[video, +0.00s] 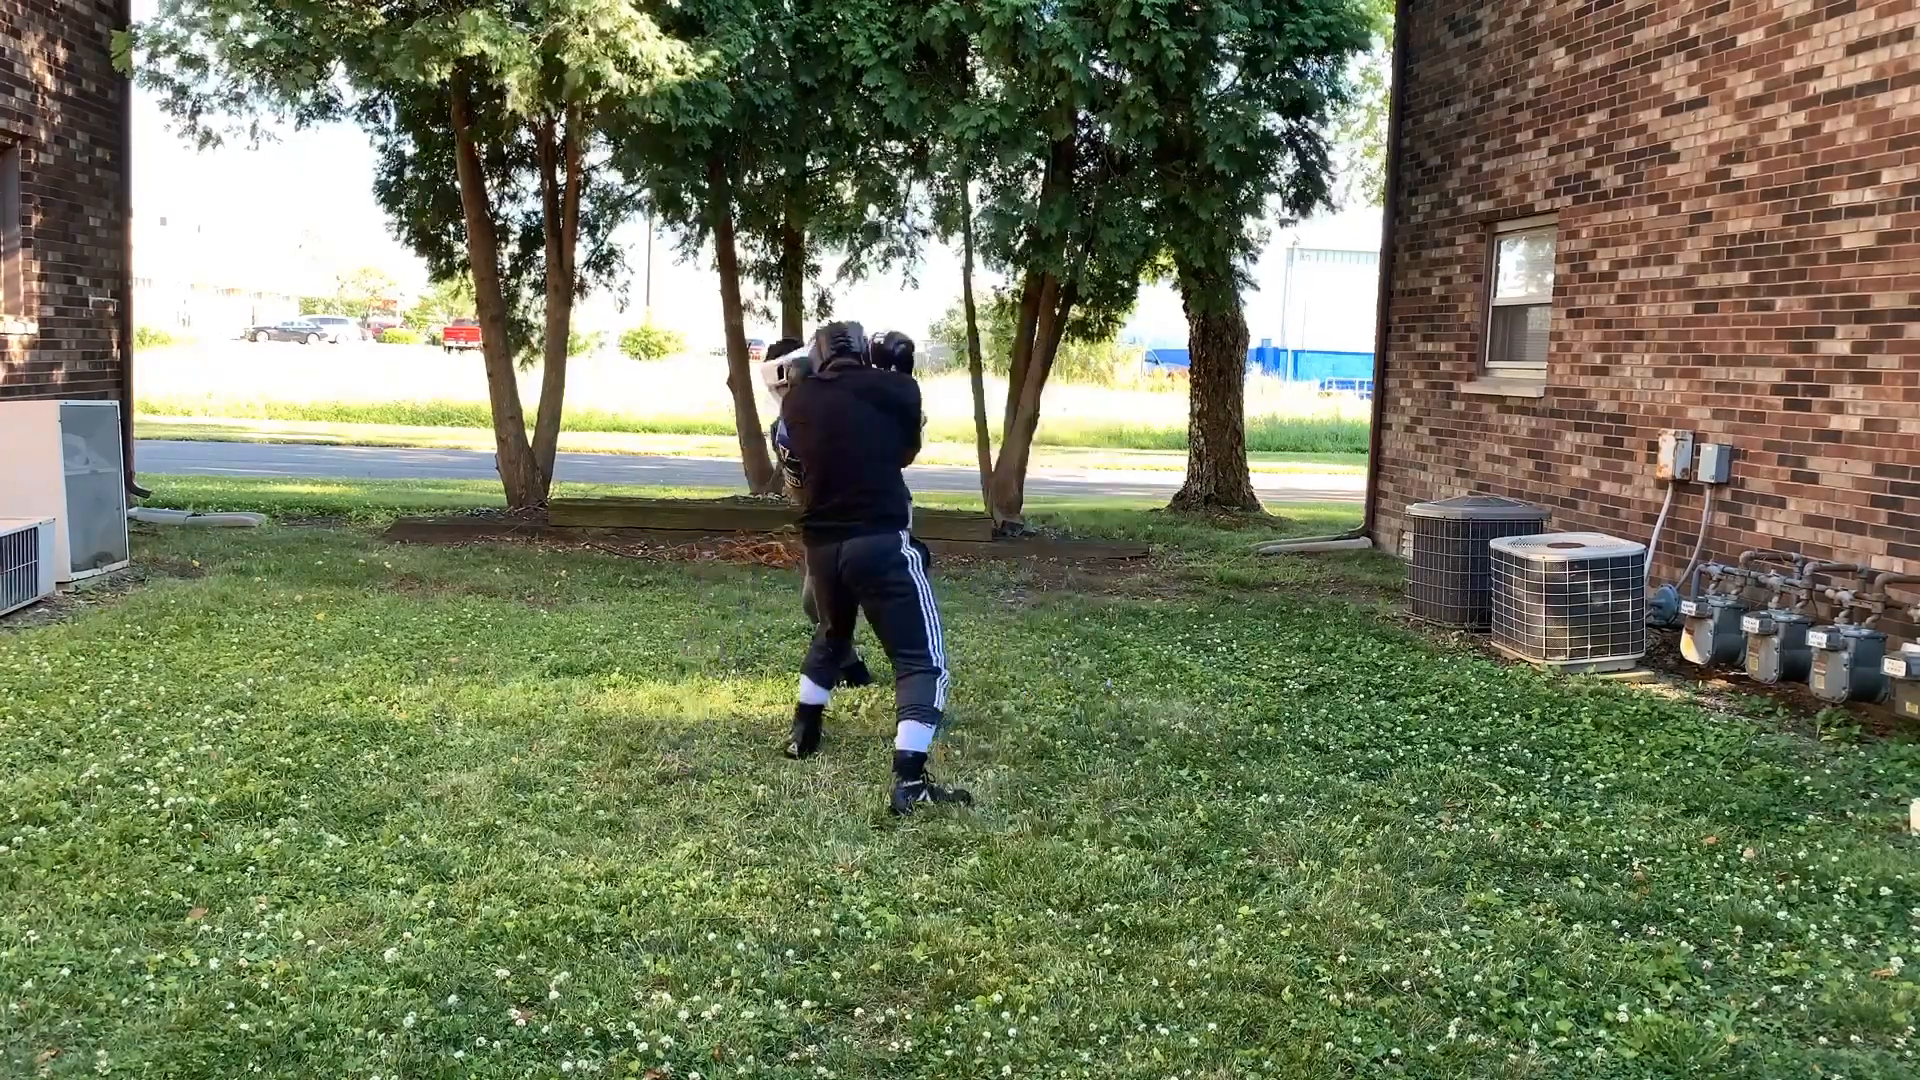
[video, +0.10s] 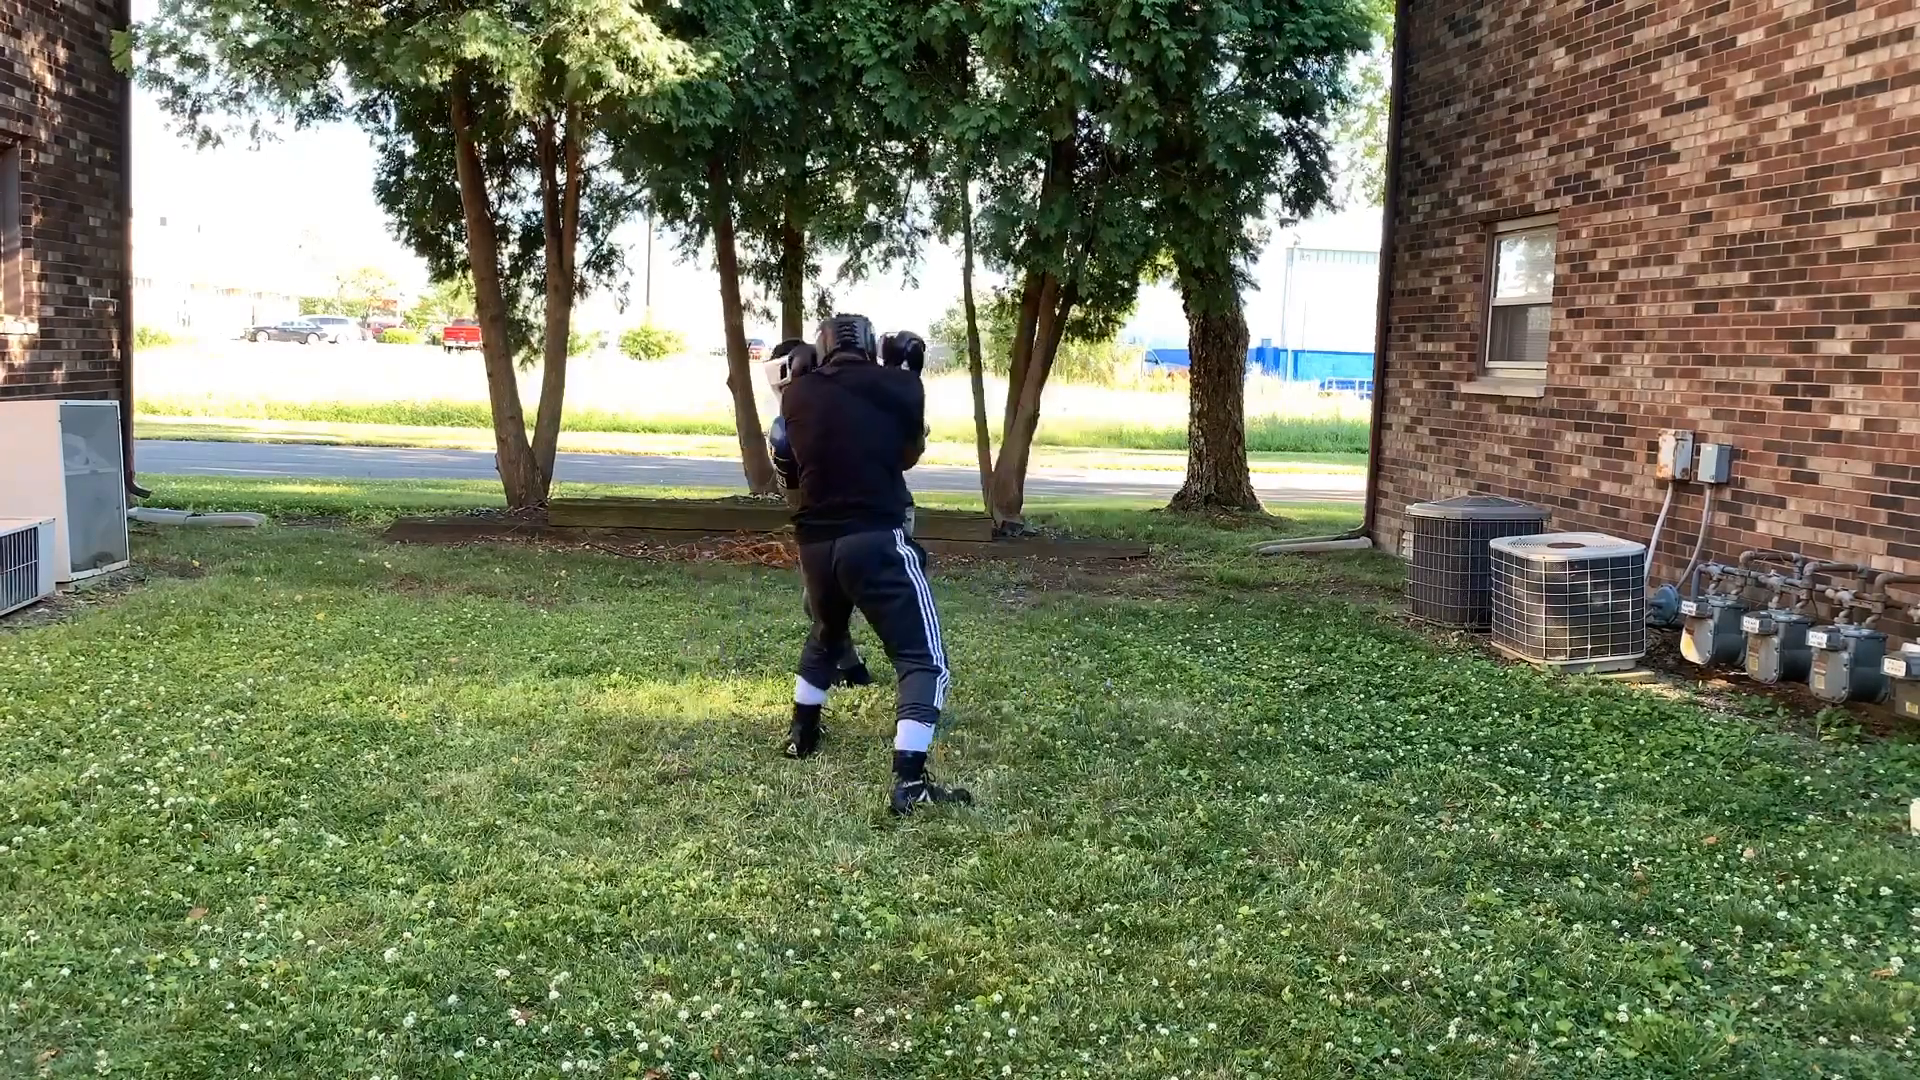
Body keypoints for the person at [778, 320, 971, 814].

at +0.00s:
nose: (872, 349)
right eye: (868, 344)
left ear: (819, 356)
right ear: (862, 351)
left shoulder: (797, 399)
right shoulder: (895, 388)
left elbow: (802, 462)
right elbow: (905, 453)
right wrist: (900, 379)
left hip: (823, 547)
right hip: (882, 543)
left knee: (830, 635)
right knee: (921, 660)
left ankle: (804, 735)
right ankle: (909, 781)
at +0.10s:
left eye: (823, 342)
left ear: (824, 348)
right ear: (869, 346)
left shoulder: (798, 391)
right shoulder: (901, 385)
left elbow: (791, 458)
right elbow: (909, 454)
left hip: (816, 544)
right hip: (878, 540)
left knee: (824, 634)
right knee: (923, 659)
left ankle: (802, 735)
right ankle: (909, 781)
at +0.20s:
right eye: (878, 334)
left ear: (831, 340)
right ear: (878, 341)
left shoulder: (796, 384)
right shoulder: (906, 384)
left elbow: (796, 452)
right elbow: (906, 458)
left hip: (807, 540)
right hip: (869, 537)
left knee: (816, 635)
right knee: (912, 655)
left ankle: (801, 735)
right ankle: (908, 779)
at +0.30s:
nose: (820, 325)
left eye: (825, 319)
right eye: (827, 317)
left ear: (832, 332)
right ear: (876, 333)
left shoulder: (797, 372)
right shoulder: (902, 388)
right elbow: (892, 445)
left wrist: (843, 355)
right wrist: (886, 363)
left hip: (792, 541)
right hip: (854, 541)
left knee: (798, 626)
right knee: (904, 655)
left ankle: (790, 734)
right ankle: (908, 780)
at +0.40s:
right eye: (861, 323)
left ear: (808, 329)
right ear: (861, 330)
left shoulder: (777, 374)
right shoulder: (883, 383)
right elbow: (885, 443)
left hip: (777, 538)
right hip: (836, 542)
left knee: (782, 623)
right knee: (898, 652)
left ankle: (746, 730)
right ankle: (907, 781)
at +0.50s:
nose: (844, 347)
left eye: (841, 341)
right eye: (845, 339)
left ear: (788, 329)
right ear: (835, 335)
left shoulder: (752, 377)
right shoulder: (844, 376)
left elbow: (773, 436)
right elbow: (870, 446)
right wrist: (869, 396)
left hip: (751, 536)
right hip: (804, 536)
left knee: (770, 627)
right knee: (867, 650)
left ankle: (724, 733)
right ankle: (900, 780)